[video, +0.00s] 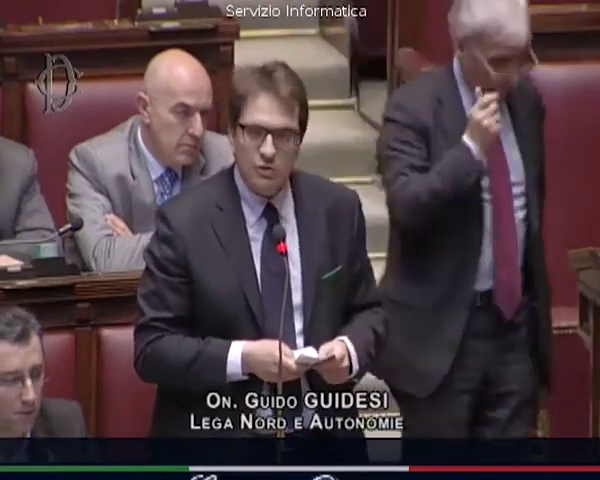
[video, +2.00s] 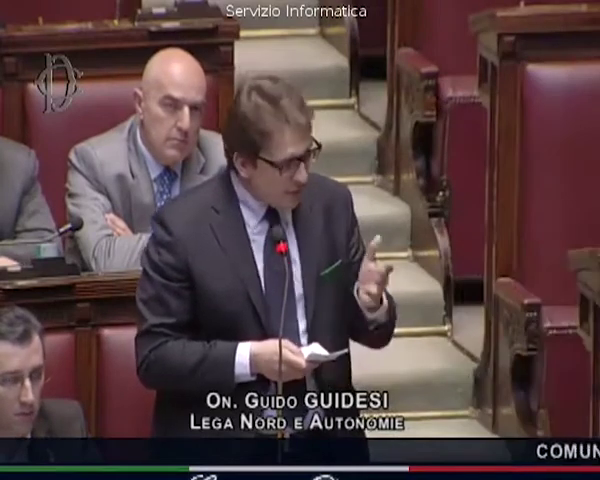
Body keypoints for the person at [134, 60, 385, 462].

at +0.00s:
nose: (268, 150)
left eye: (283, 135)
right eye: (254, 132)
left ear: (301, 138)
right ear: (233, 133)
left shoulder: (339, 208)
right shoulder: (182, 220)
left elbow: (370, 310)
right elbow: (152, 349)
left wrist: (351, 349)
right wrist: (242, 357)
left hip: (321, 437)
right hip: (215, 440)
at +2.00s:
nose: (304, 175)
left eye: (309, 156)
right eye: (288, 164)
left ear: (313, 143)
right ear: (243, 162)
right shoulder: (181, 224)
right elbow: (154, 357)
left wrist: (374, 306)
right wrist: (249, 358)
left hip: (325, 442)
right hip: (219, 448)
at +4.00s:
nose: (297, 205)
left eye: (310, 189)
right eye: (284, 191)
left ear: (320, 167)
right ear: (248, 168)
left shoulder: (342, 208)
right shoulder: (187, 223)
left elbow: (369, 311)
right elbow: (162, 355)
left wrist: (360, 345)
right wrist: (250, 359)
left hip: (325, 443)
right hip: (221, 447)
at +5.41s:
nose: (295, 209)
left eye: (309, 194)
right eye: (283, 196)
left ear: (321, 171)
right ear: (247, 170)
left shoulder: (340, 208)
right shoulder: (186, 223)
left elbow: (365, 309)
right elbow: (161, 355)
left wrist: (358, 345)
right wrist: (250, 357)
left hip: (323, 441)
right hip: (219, 442)